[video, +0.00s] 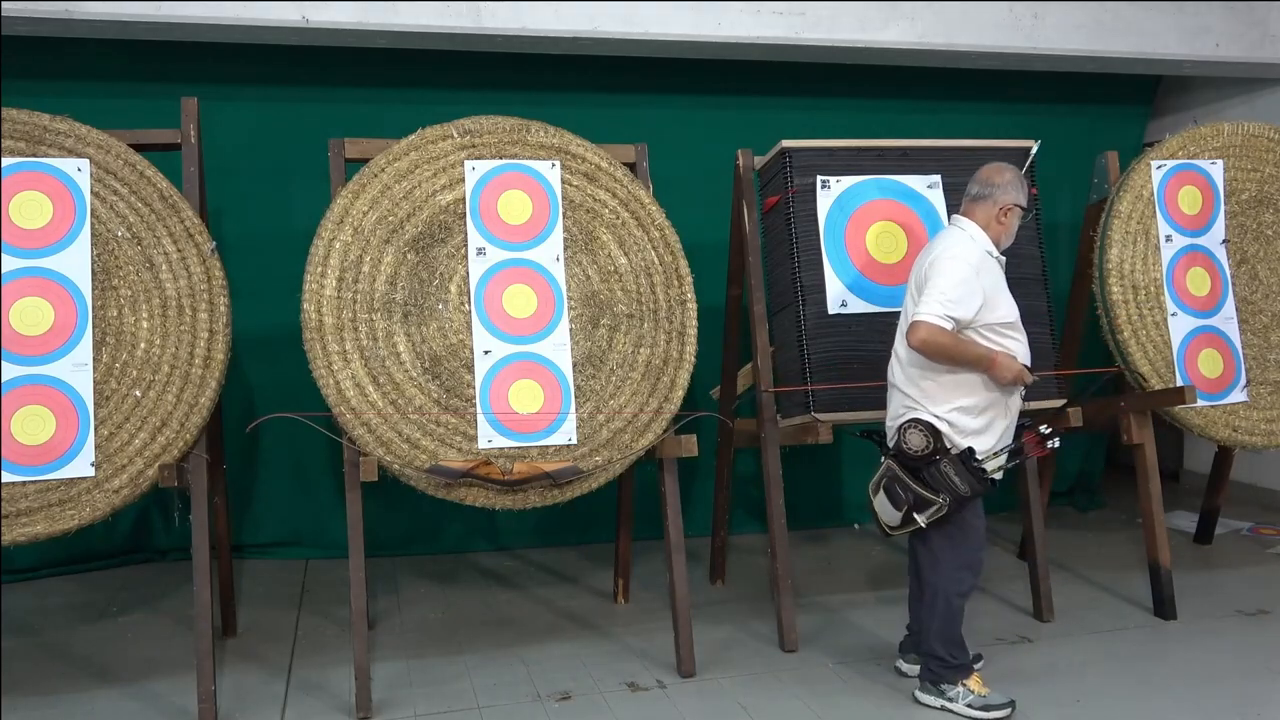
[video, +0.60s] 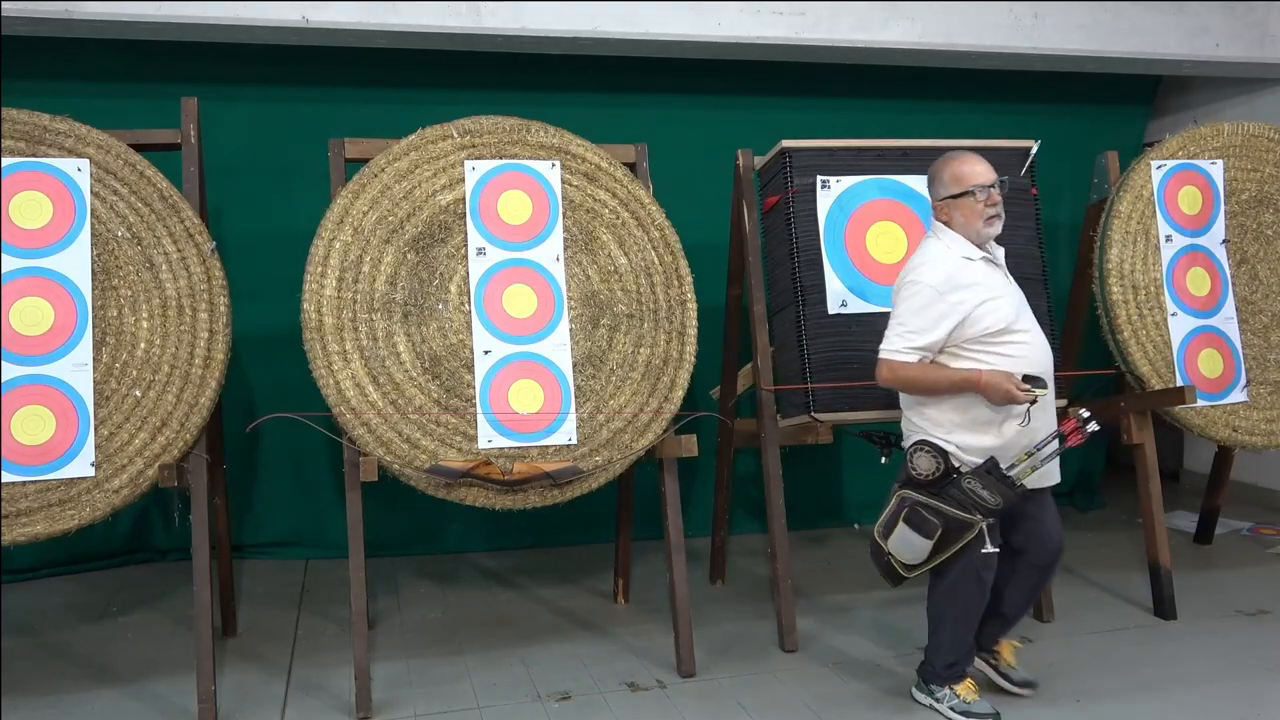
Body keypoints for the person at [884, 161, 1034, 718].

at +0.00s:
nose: (1019, 224)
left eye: (1020, 215)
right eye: (1019, 213)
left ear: (976, 203)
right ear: (1000, 210)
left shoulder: (954, 246)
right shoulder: (963, 252)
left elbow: (935, 336)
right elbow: (926, 333)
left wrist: (996, 362)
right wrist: (991, 361)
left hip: (938, 433)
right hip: (943, 440)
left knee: (936, 548)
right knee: (955, 558)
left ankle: (921, 645)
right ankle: (944, 675)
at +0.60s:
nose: (995, 198)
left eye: (996, 188)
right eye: (979, 192)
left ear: (996, 194)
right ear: (944, 207)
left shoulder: (981, 256)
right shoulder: (931, 270)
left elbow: (969, 344)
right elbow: (891, 369)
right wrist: (979, 379)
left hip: (1011, 444)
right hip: (960, 456)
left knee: (1040, 541)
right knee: (967, 565)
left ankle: (986, 636)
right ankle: (941, 675)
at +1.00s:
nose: (965, 207)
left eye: (976, 193)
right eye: (948, 199)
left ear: (995, 199)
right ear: (930, 211)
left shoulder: (1040, 269)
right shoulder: (900, 279)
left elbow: (1061, 365)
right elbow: (867, 384)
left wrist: (1065, 439)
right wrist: (911, 354)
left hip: (1016, 476)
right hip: (930, 474)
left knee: (1007, 611)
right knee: (941, 584)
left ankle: (999, 713)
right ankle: (948, 671)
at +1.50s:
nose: (915, 188)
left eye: (931, 173)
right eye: (899, 178)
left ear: (961, 182)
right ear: (886, 195)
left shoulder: (1020, 264)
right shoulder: (867, 269)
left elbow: (1083, 378)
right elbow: (850, 353)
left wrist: (1049, 465)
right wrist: (838, 373)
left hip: (984, 524)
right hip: (881, 520)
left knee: (993, 683)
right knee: (875, 671)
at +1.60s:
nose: (892, 195)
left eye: (908, 179)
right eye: (876, 185)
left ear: (939, 186)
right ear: (864, 201)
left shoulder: (999, 267)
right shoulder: (845, 279)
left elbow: (1062, 379)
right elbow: (837, 364)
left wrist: (985, 443)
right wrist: (823, 382)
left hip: (971, 531)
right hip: (867, 528)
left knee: (990, 692)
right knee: (856, 688)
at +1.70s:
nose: (866, 200)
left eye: (881, 183)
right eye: (850, 191)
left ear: (913, 192)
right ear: (838, 210)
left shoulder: (972, 273)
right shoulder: (821, 290)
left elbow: (1019, 397)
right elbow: (813, 382)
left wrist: (908, 428)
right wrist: (797, 398)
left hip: (948, 539)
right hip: (843, 540)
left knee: (982, 701)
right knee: (841, 699)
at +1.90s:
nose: (781, 189)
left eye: (799, 172)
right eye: (772, 178)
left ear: (850, 177)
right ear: (766, 192)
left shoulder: (918, 261)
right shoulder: (763, 287)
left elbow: (952, 390)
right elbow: (738, 394)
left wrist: (825, 398)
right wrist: (733, 403)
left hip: (885, 545)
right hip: (782, 545)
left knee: (904, 692)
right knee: (790, 705)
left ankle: (954, 714)